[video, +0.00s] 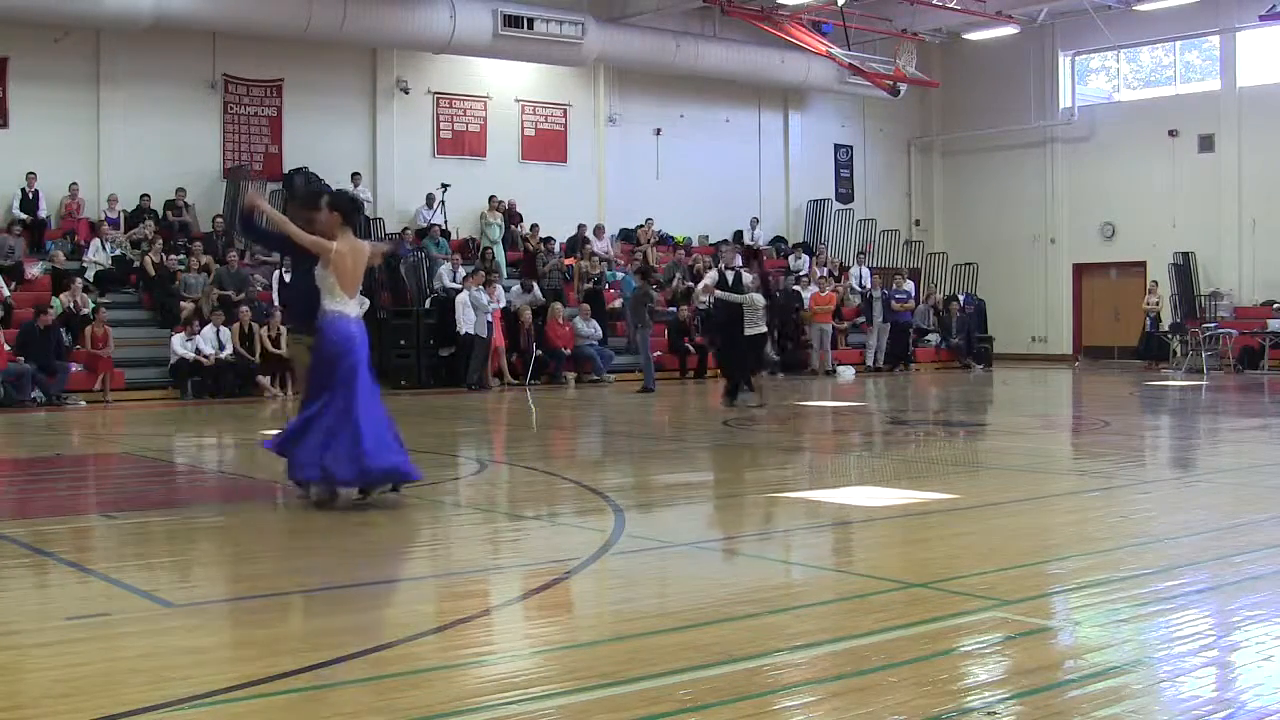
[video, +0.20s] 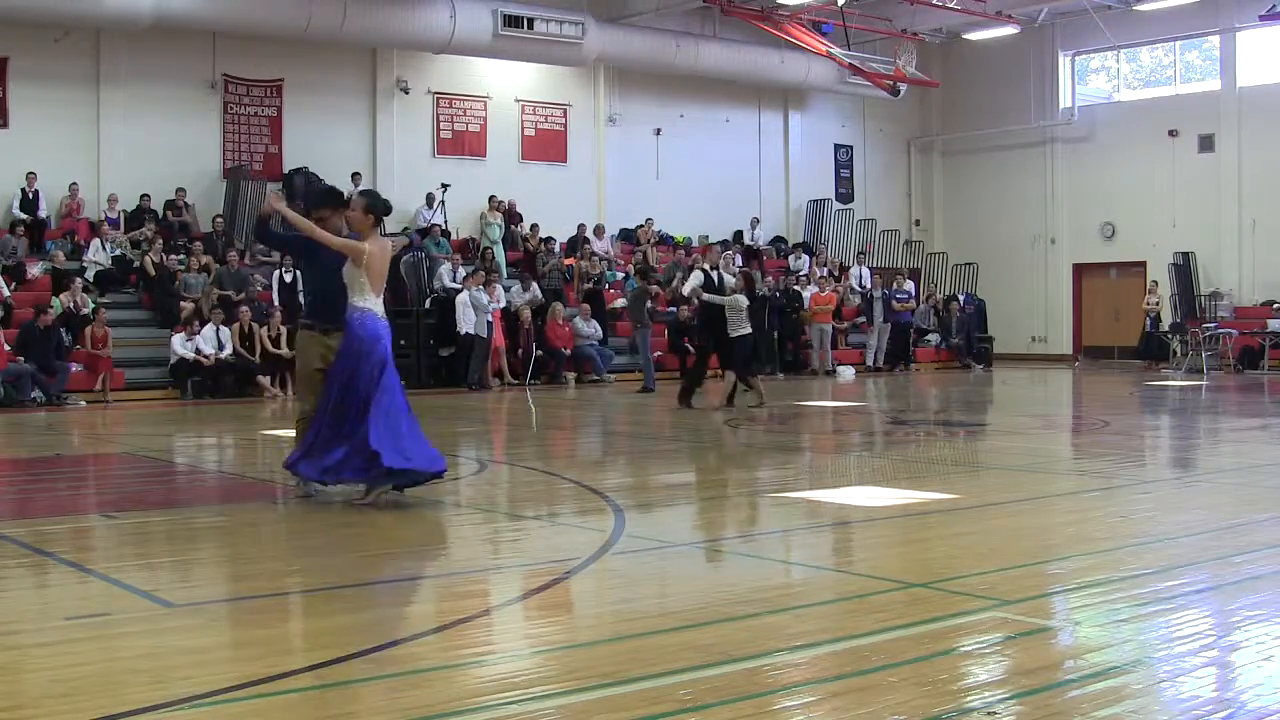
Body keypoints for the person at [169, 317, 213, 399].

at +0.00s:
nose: (199, 328)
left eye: (198, 326)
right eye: (196, 326)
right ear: (188, 328)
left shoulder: (197, 337)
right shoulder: (176, 338)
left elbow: (203, 348)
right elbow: (179, 351)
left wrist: (211, 355)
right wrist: (198, 358)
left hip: (192, 363)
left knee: (207, 365)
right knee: (183, 362)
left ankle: (202, 392)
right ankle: (184, 393)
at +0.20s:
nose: (199, 329)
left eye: (199, 326)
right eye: (196, 326)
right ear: (188, 328)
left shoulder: (197, 338)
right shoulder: (176, 338)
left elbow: (203, 348)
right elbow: (179, 351)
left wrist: (211, 355)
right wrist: (199, 358)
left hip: (191, 363)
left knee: (206, 365)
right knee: (183, 361)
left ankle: (202, 392)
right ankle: (184, 393)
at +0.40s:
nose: (198, 329)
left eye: (198, 326)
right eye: (196, 326)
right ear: (188, 328)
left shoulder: (197, 338)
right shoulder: (176, 338)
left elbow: (203, 348)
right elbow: (179, 351)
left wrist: (210, 355)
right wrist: (199, 358)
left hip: (192, 363)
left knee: (206, 364)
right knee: (183, 361)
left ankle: (203, 392)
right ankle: (184, 393)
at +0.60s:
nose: (194, 328)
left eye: (195, 326)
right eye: (191, 326)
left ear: (197, 328)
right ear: (185, 327)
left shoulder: (197, 338)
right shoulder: (176, 338)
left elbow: (203, 347)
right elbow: (180, 351)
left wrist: (210, 355)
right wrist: (199, 358)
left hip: (192, 363)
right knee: (183, 361)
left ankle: (203, 392)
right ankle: (184, 393)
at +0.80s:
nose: (189, 327)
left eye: (192, 325)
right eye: (187, 325)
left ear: (195, 327)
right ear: (183, 326)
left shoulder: (197, 338)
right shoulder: (176, 338)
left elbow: (204, 347)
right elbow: (179, 351)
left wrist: (211, 355)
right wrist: (199, 358)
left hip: (192, 363)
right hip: (177, 364)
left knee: (206, 363)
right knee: (183, 361)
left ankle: (202, 392)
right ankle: (184, 393)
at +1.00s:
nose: (188, 327)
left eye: (191, 325)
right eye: (186, 325)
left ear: (195, 327)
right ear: (183, 326)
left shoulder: (196, 337)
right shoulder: (176, 338)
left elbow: (204, 347)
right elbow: (179, 351)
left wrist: (211, 355)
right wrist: (199, 358)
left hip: (192, 363)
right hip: (177, 364)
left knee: (206, 363)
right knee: (183, 361)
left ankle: (201, 391)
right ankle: (184, 392)